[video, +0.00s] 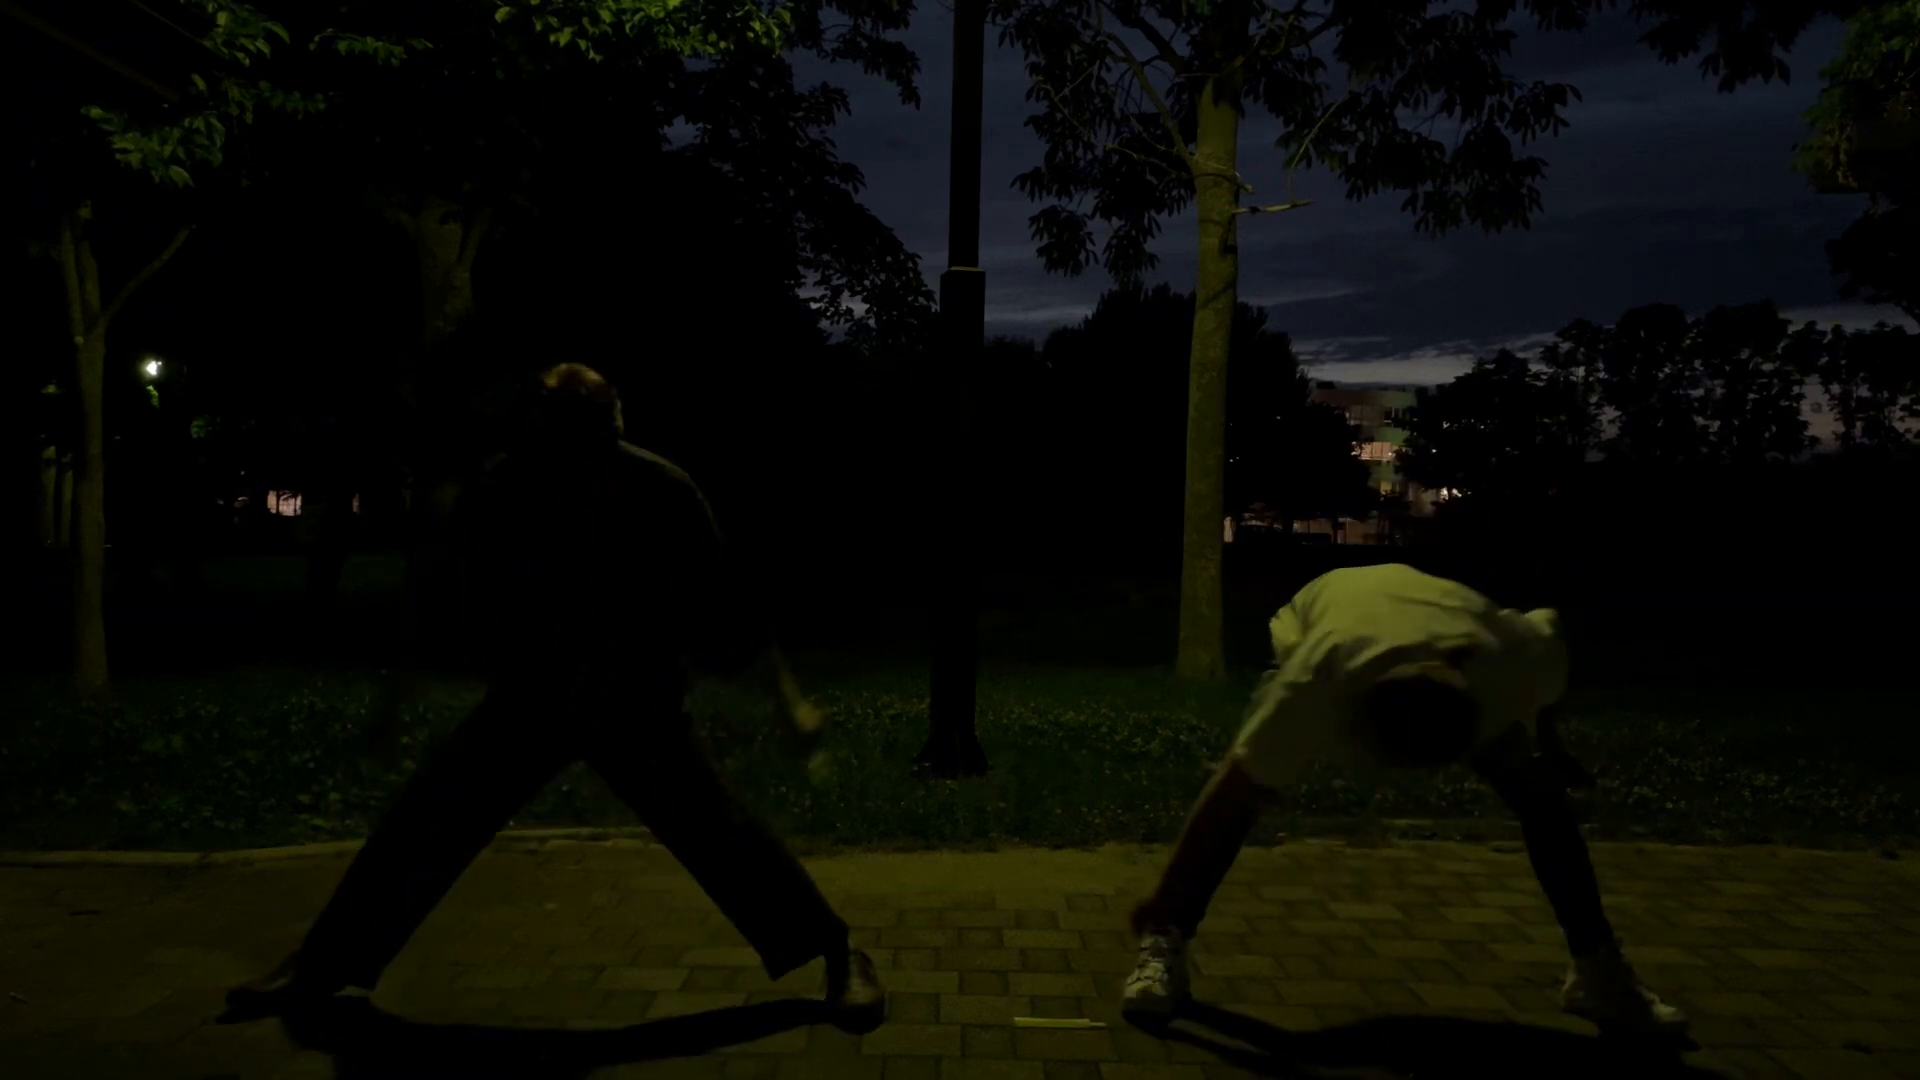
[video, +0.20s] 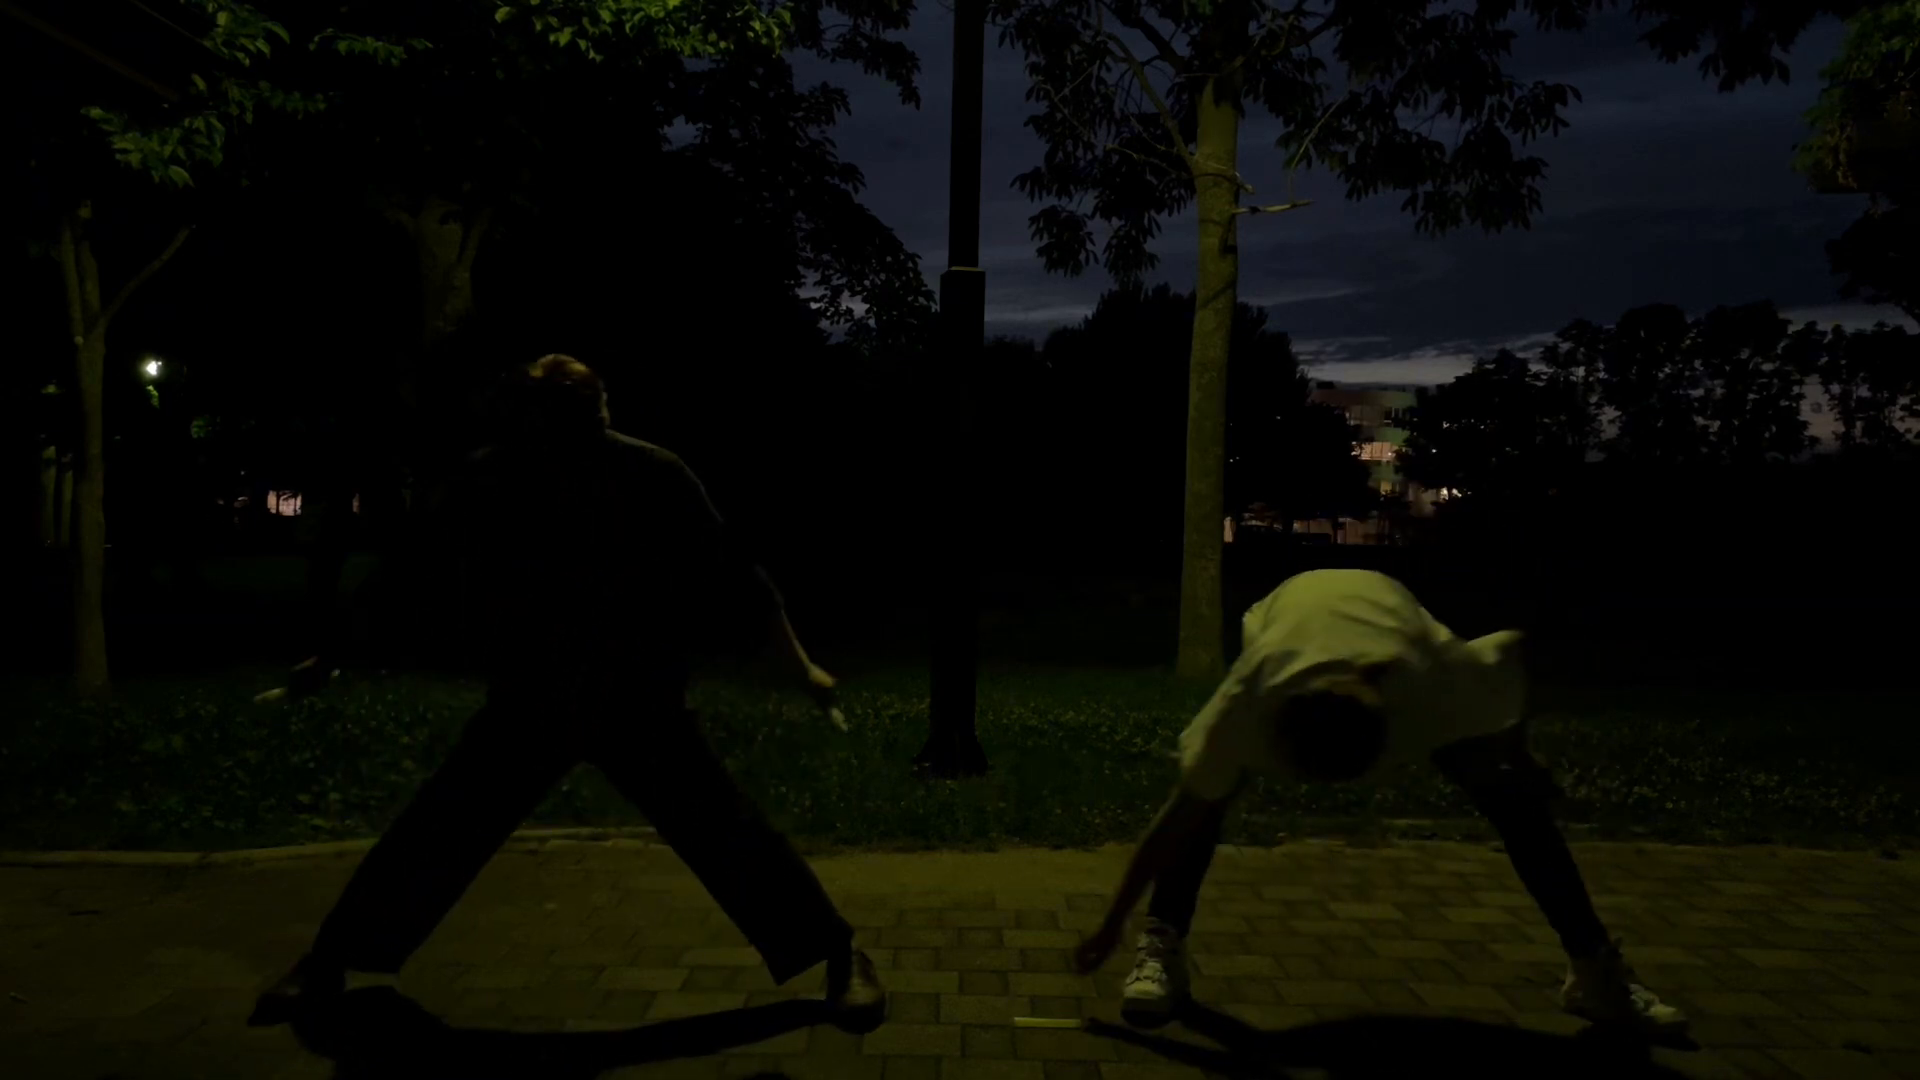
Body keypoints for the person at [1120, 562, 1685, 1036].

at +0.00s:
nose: (1410, 764)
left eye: (1428, 752)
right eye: (1399, 754)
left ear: (1463, 707)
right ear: (1370, 717)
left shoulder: (1512, 654)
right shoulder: (1316, 677)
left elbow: (1557, 640)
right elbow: (1230, 788)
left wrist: (1556, 751)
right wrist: (1161, 916)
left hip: (1441, 600)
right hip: (1318, 612)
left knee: (1544, 805)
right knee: (1247, 793)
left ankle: (1603, 974)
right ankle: (1164, 947)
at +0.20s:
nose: (1323, 771)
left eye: (1341, 761)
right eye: (1314, 762)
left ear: (1373, 719)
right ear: (1290, 732)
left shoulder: (1438, 675)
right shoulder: (1245, 707)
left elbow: (1518, 651)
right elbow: (1180, 810)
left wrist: (1523, 752)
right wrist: (1114, 929)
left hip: (1393, 609)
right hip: (1276, 616)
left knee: (1515, 799)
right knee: (1206, 797)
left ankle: (1600, 974)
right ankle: (1163, 955)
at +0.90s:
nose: (1256, 757)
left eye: (1270, 747)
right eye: (1247, 743)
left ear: (1313, 712)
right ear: (1231, 707)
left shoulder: (1394, 666)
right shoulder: (1215, 688)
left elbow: (1481, 674)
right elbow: (1148, 804)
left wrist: (1508, 765)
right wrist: (1074, 913)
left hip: (1388, 625)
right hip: (1270, 622)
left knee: (1511, 807)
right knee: (1195, 792)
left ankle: (1601, 975)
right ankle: (1160, 956)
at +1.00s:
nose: (1305, 707)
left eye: (1320, 692)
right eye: (1294, 689)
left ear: (1356, 659)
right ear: (1270, 653)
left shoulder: (1423, 614)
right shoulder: (1238, 634)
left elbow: (1498, 678)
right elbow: (1157, 718)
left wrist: (1529, 768)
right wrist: (1108, 803)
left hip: (1411, 683)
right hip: (1287, 702)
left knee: (1520, 802)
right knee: (1218, 792)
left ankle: (1600, 973)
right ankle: (1161, 951)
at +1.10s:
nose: (1342, 636)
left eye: (1357, 623)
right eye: (1329, 620)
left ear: (1392, 587)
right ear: (1304, 588)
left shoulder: (1455, 574)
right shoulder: (1267, 576)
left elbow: (1511, 676)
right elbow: (1188, 643)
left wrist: (1546, 767)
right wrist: (1142, 721)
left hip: (1424, 668)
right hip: (1304, 670)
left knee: (1533, 803)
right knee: (1236, 788)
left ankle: (1601, 975)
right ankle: (1162, 951)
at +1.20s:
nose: (1374, 546)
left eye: (1389, 531)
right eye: (1366, 528)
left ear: (1424, 504)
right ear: (1346, 494)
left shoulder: (1483, 516)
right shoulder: (1300, 488)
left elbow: (1527, 636)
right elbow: (1253, 572)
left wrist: (1547, 726)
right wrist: (1216, 631)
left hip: (1438, 654)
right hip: (1323, 646)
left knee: (1541, 798)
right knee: (1240, 774)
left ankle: (1601, 973)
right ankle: (1155, 947)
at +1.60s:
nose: (1338, 439)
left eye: (1354, 422)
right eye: (1325, 422)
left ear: (1379, 408)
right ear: (1299, 406)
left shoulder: (1432, 451)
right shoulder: (1246, 451)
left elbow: (1500, 565)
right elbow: (1195, 551)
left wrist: (1513, 668)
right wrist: (1158, 643)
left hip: (1404, 675)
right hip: (1277, 673)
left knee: (1517, 808)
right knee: (1179, 794)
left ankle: (1601, 979)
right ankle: (1085, 953)